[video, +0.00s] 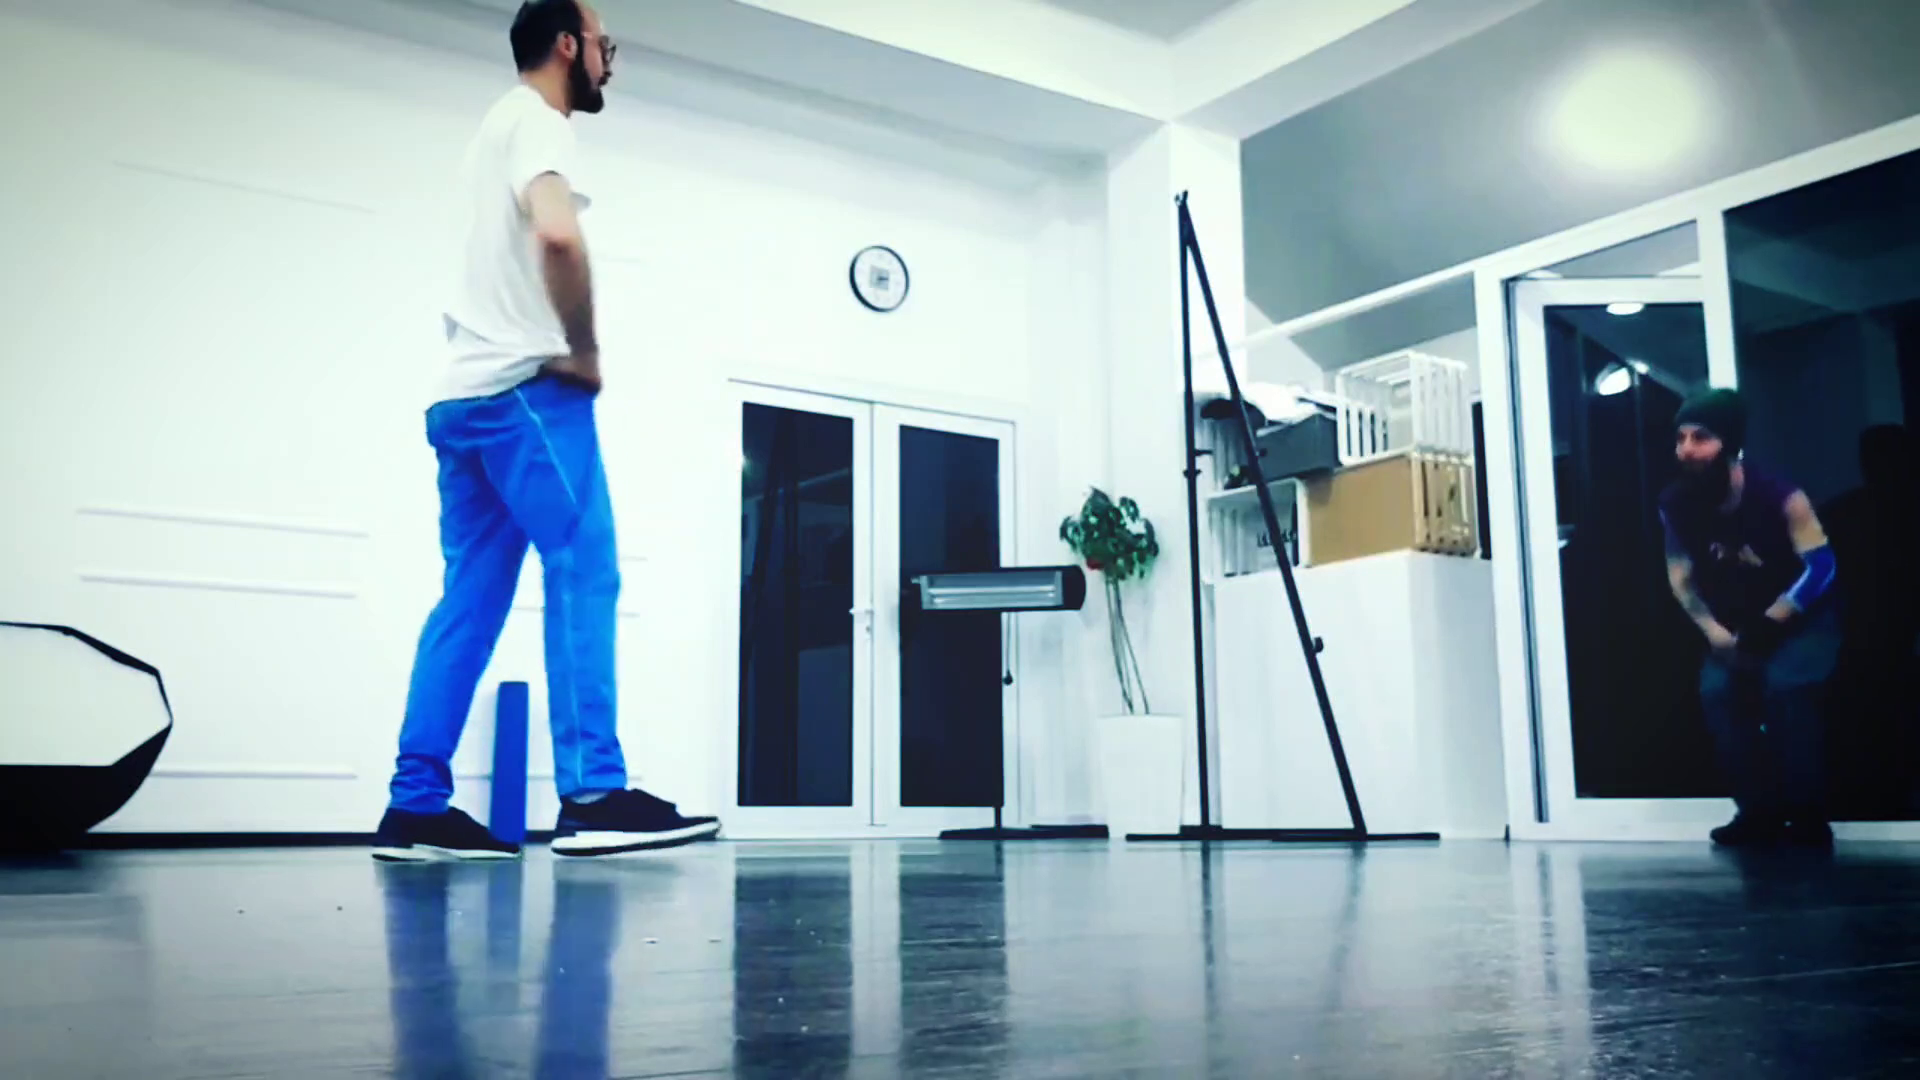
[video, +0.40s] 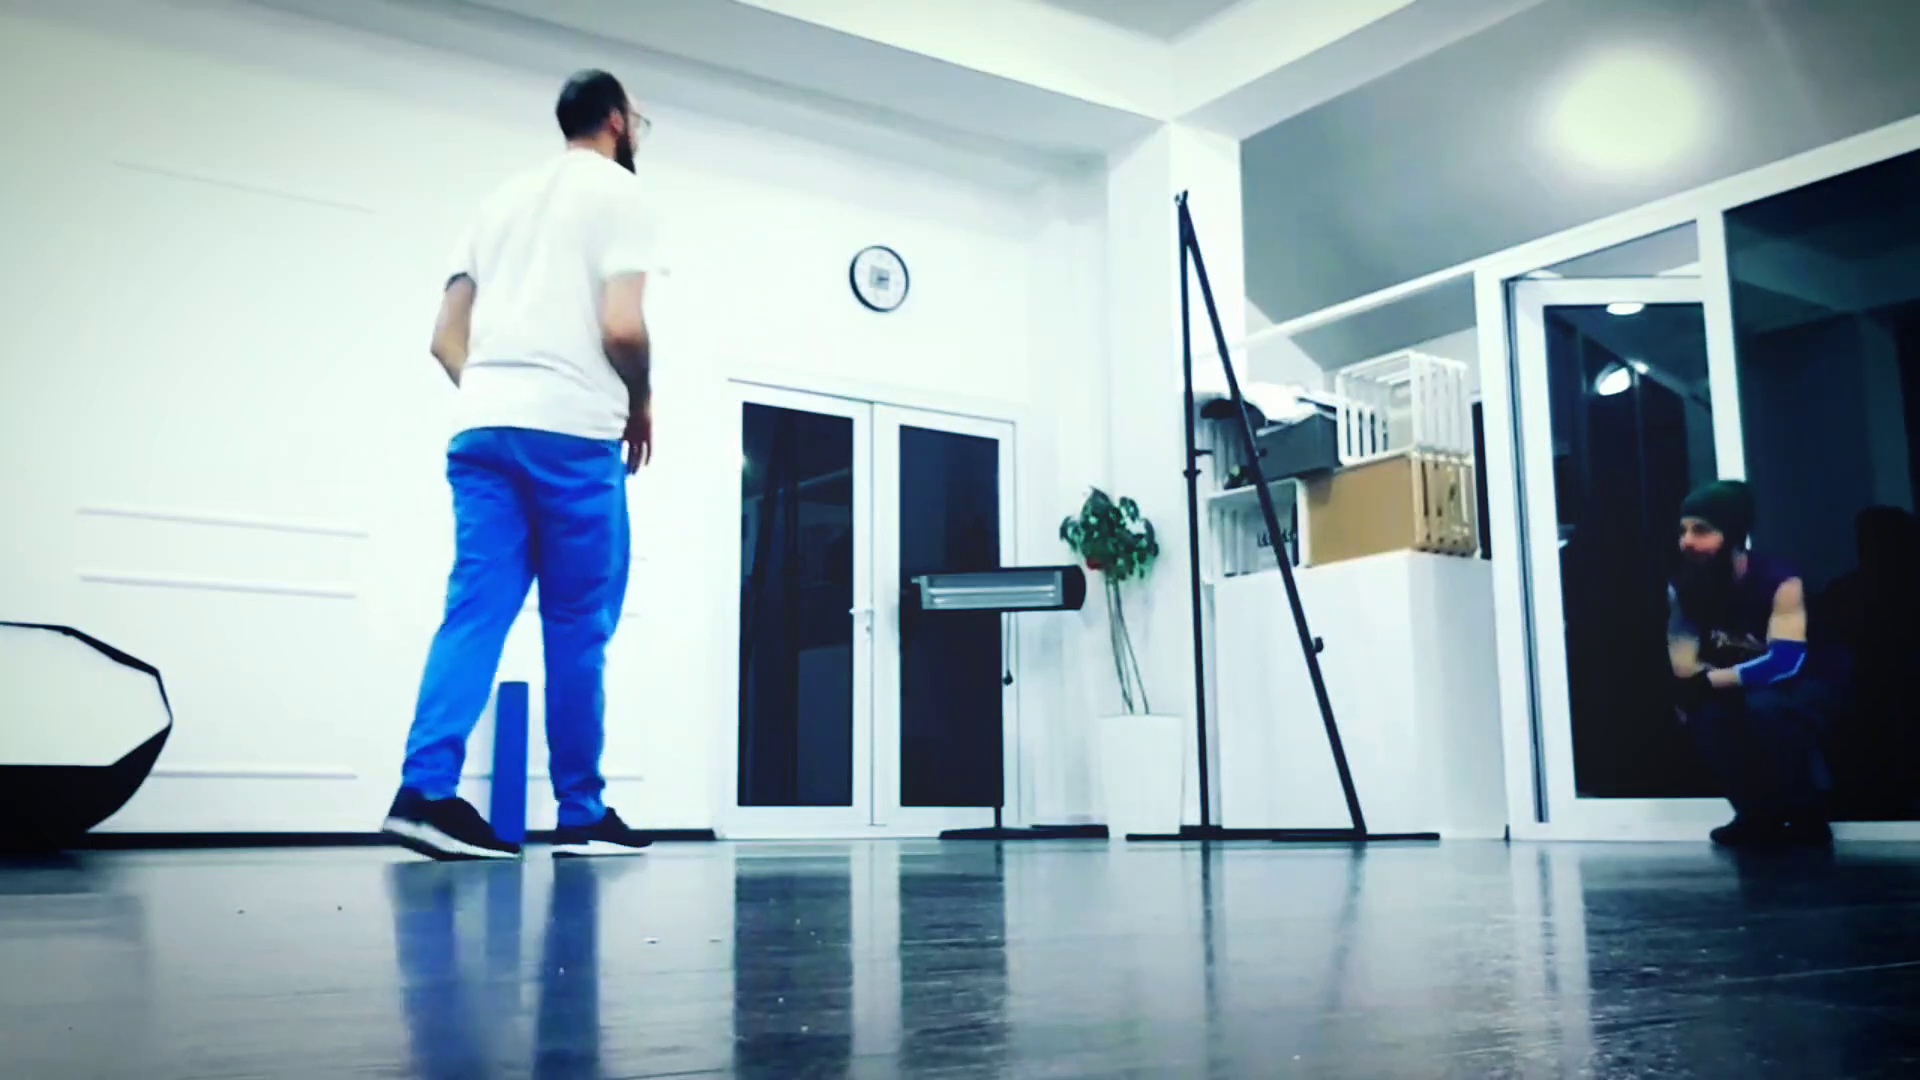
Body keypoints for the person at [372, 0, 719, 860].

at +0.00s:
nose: (607, 65)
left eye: (606, 49)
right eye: (602, 46)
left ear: (536, 50)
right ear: (569, 45)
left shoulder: (499, 126)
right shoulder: (534, 122)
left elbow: (487, 263)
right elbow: (558, 238)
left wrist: (529, 350)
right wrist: (584, 351)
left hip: (467, 401)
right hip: (529, 395)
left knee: (471, 600)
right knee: (586, 575)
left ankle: (416, 802)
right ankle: (595, 791)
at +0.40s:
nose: (637, 135)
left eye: (633, 124)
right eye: (635, 123)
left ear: (564, 125)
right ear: (619, 119)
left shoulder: (500, 199)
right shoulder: (618, 191)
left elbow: (448, 337)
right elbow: (622, 328)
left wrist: (508, 403)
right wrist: (640, 404)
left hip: (484, 421)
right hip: (575, 427)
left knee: (477, 605)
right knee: (578, 624)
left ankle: (427, 791)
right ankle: (582, 810)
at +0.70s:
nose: (665, 178)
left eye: (664, 170)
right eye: (666, 168)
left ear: (596, 158)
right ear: (653, 163)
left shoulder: (531, 217)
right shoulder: (667, 231)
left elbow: (463, 329)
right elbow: (729, 360)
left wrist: (476, 438)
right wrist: (654, 403)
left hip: (530, 435)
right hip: (623, 437)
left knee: (528, 617)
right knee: (606, 628)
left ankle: (504, 773)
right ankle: (584, 812)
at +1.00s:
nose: (670, 225)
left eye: (668, 216)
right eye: (669, 215)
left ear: (605, 213)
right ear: (655, 212)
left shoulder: (559, 274)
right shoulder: (679, 277)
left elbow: (501, 372)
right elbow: (722, 400)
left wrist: (535, 436)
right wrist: (666, 443)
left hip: (550, 472)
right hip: (634, 473)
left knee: (549, 645)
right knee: (616, 645)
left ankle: (529, 813)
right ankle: (580, 808)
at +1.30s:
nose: (721, 236)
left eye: (722, 223)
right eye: (718, 222)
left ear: (659, 217)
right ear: (692, 219)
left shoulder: (601, 278)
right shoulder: (700, 285)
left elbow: (571, 373)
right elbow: (712, 409)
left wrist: (616, 428)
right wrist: (665, 442)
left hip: (579, 474)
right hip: (657, 479)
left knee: (567, 647)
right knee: (690, 639)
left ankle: (538, 804)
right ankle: (622, 786)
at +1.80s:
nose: (831, 263)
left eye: (834, 251)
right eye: (817, 252)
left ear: (832, 252)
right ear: (784, 256)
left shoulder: (817, 330)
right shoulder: (765, 325)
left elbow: (812, 426)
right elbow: (795, 433)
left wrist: (823, 466)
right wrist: (855, 417)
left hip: (811, 521)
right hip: (758, 523)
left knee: (858, 646)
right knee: (798, 662)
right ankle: (781, 813)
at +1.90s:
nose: (842, 241)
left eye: (850, 229)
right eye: (829, 229)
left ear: (858, 230)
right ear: (799, 231)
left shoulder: (861, 310)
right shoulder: (767, 303)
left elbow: (843, 404)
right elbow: (784, 400)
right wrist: (887, 412)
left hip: (848, 501)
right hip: (775, 509)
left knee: (881, 631)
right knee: (810, 645)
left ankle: (869, 784)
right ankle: (828, 791)